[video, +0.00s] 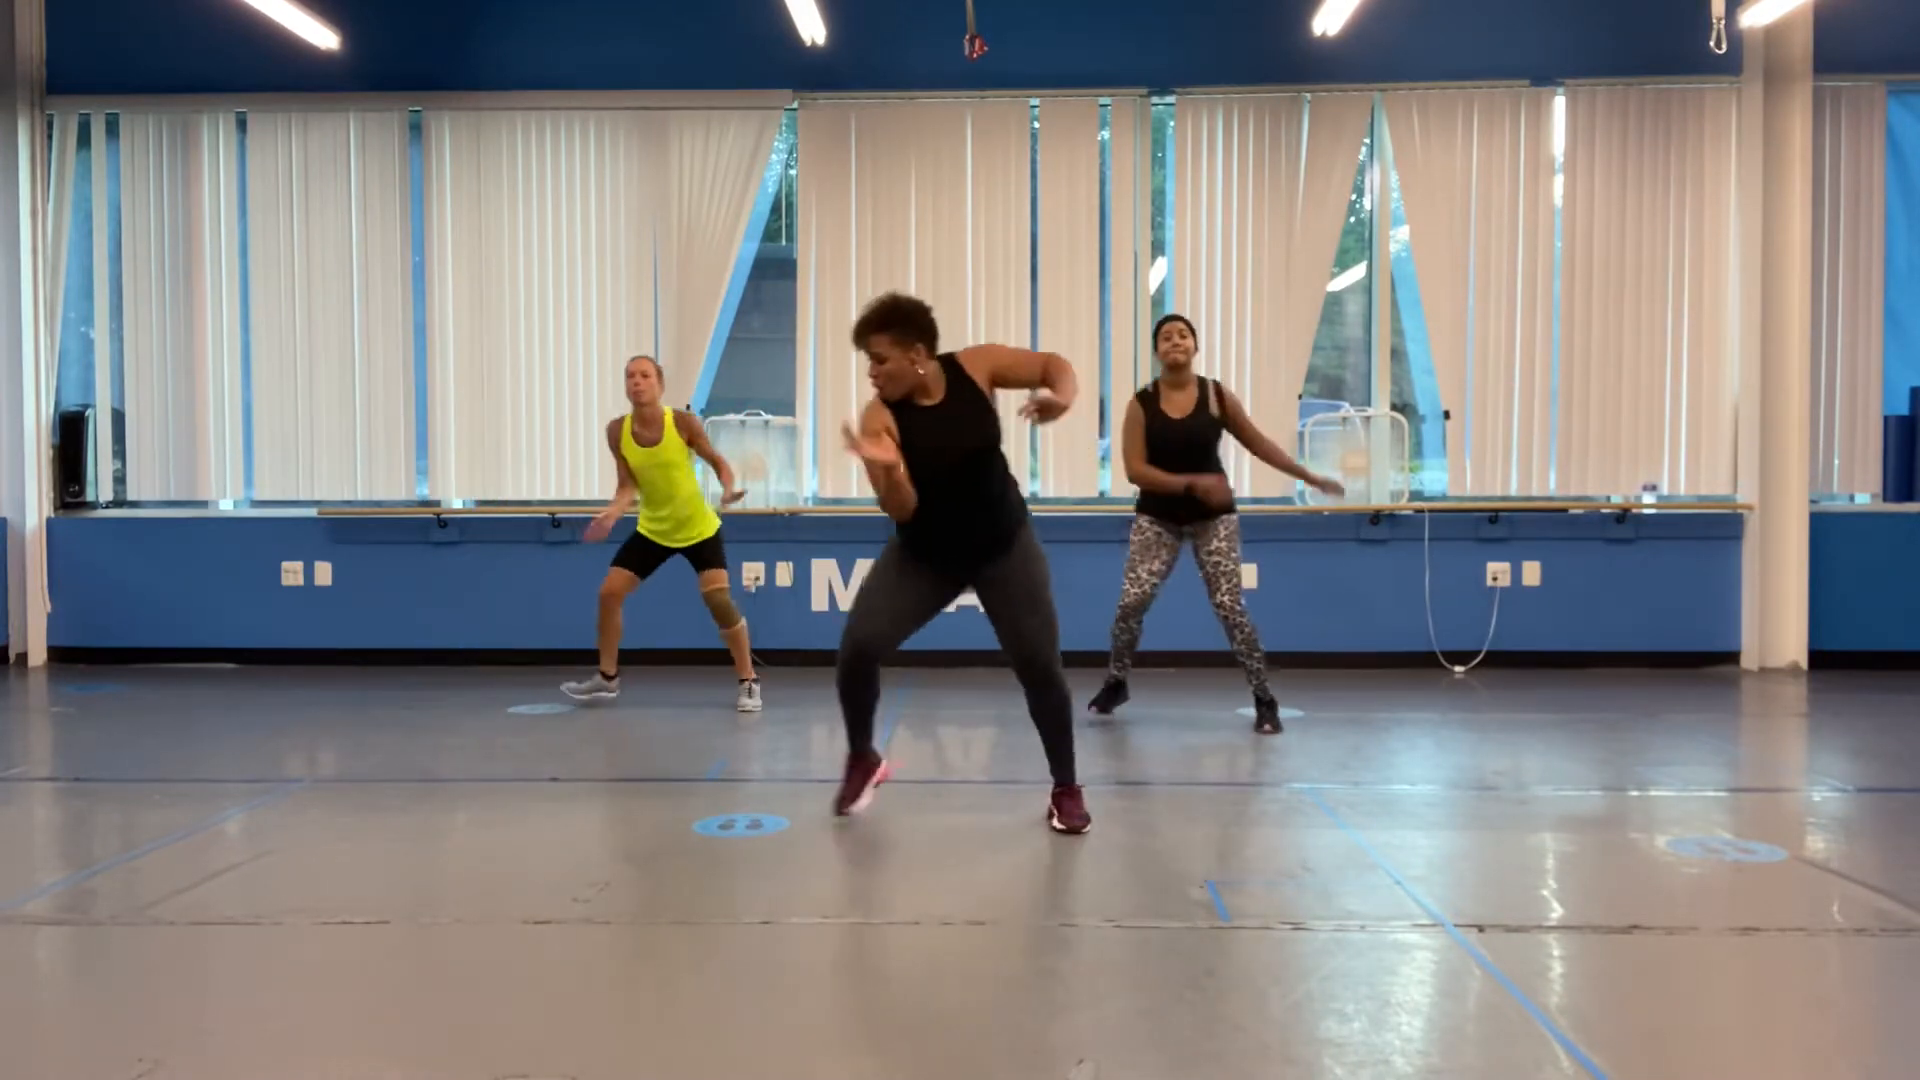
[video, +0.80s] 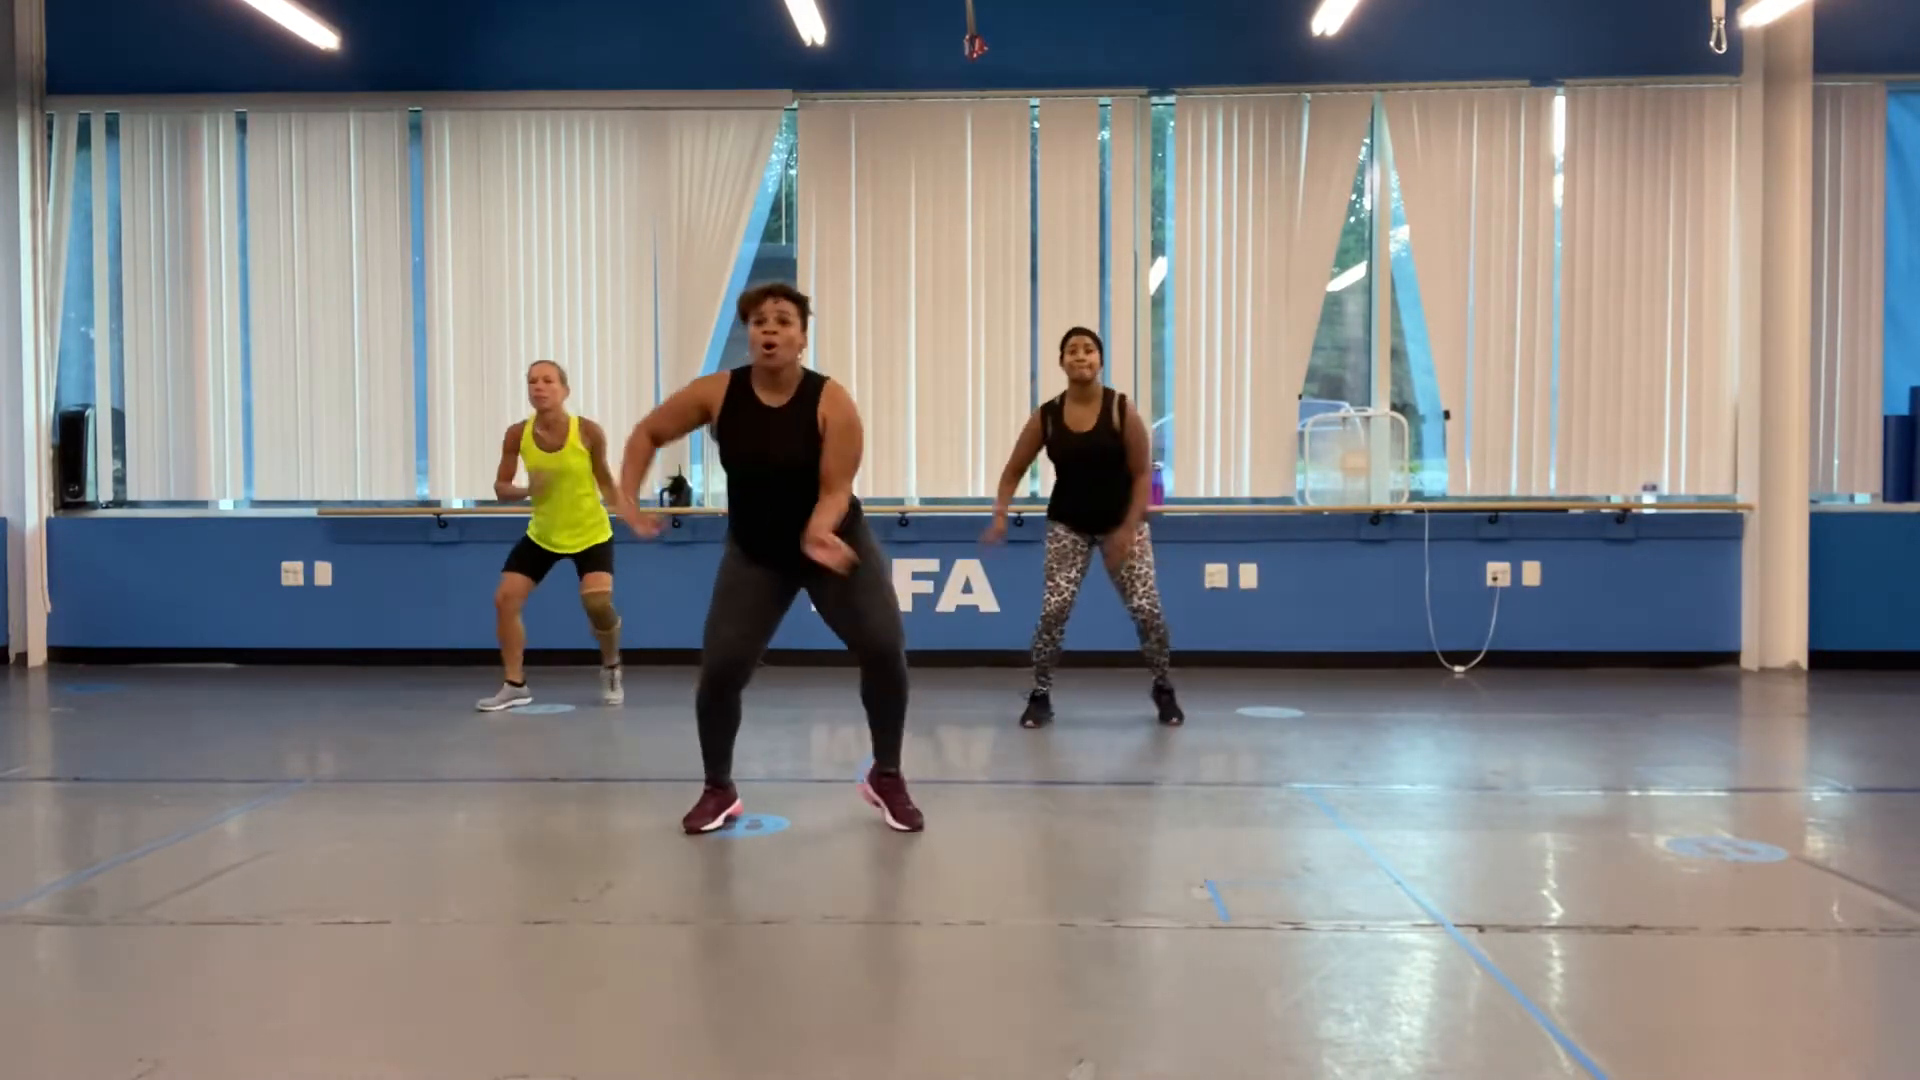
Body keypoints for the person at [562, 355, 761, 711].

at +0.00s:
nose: (636, 382)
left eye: (644, 376)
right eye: (631, 377)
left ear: (660, 384)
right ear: (625, 386)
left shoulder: (684, 423)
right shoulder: (617, 430)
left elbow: (716, 461)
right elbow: (627, 484)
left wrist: (729, 489)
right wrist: (612, 513)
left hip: (698, 525)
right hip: (653, 528)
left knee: (718, 600)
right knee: (610, 593)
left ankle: (748, 682)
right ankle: (607, 679)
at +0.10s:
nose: (616, 380)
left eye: (625, 375)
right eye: (611, 375)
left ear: (641, 385)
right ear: (605, 386)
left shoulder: (662, 421)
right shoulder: (595, 423)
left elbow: (703, 452)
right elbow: (597, 478)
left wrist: (736, 471)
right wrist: (613, 484)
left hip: (674, 522)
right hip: (632, 527)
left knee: (704, 598)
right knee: (600, 599)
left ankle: (753, 676)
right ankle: (592, 684)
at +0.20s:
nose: (598, 384)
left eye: (607, 378)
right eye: (593, 379)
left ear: (623, 386)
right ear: (587, 388)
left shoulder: (645, 425)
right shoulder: (576, 429)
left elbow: (686, 455)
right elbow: (568, 485)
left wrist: (731, 465)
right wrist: (607, 477)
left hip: (657, 526)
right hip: (613, 531)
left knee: (680, 595)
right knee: (579, 599)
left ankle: (723, 668)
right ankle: (589, 685)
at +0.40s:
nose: (569, 384)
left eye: (577, 378)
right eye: (564, 379)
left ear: (594, 387)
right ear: (558, 390)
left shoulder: (620, 420)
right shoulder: (554, 426)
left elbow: (667, 443)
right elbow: (548, 479)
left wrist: (719, 460)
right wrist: (586, 469)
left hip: (641, 525)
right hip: (598, 529)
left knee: (651, 602)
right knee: (552, 590)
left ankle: (677, 680)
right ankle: (566, 675)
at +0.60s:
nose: (540, 389)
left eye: (548, 384)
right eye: (534, 384)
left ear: (565, 393)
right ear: (528, 393)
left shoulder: (586, 425)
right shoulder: (522, 427)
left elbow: (636, 439)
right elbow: (511, 467)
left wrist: (679, 446)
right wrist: (547, 441)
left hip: (603, 527)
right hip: (561, 532)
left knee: (621, 603)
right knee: (524, 598)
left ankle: (677, 671)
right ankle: (516, 685)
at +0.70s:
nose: (532, 391)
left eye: (541, 386)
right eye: (527, 386)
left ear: (558, 394)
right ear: (521, 394)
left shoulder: (581, 430)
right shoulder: (514, 434)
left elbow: (615, 460)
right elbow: (503, 485)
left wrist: (654, 477)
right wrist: (536, 458)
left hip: (594, 532)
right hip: (550, 534)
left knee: (596, 605)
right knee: (512, 598)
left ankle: (628, 663)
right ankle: (516, 685)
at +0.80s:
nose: (539, 387)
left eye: (547, 381)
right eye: (533, 382)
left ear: (564, 390)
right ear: (527, 392)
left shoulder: (589, 433)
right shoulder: (518, 435)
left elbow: (605, 481)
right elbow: (502, 488)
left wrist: (631, 516)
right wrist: (527, 491)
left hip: (590, 530)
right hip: (543, 531)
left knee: (597, 603)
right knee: (507, 598)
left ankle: (612, 669)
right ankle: (514, 684)